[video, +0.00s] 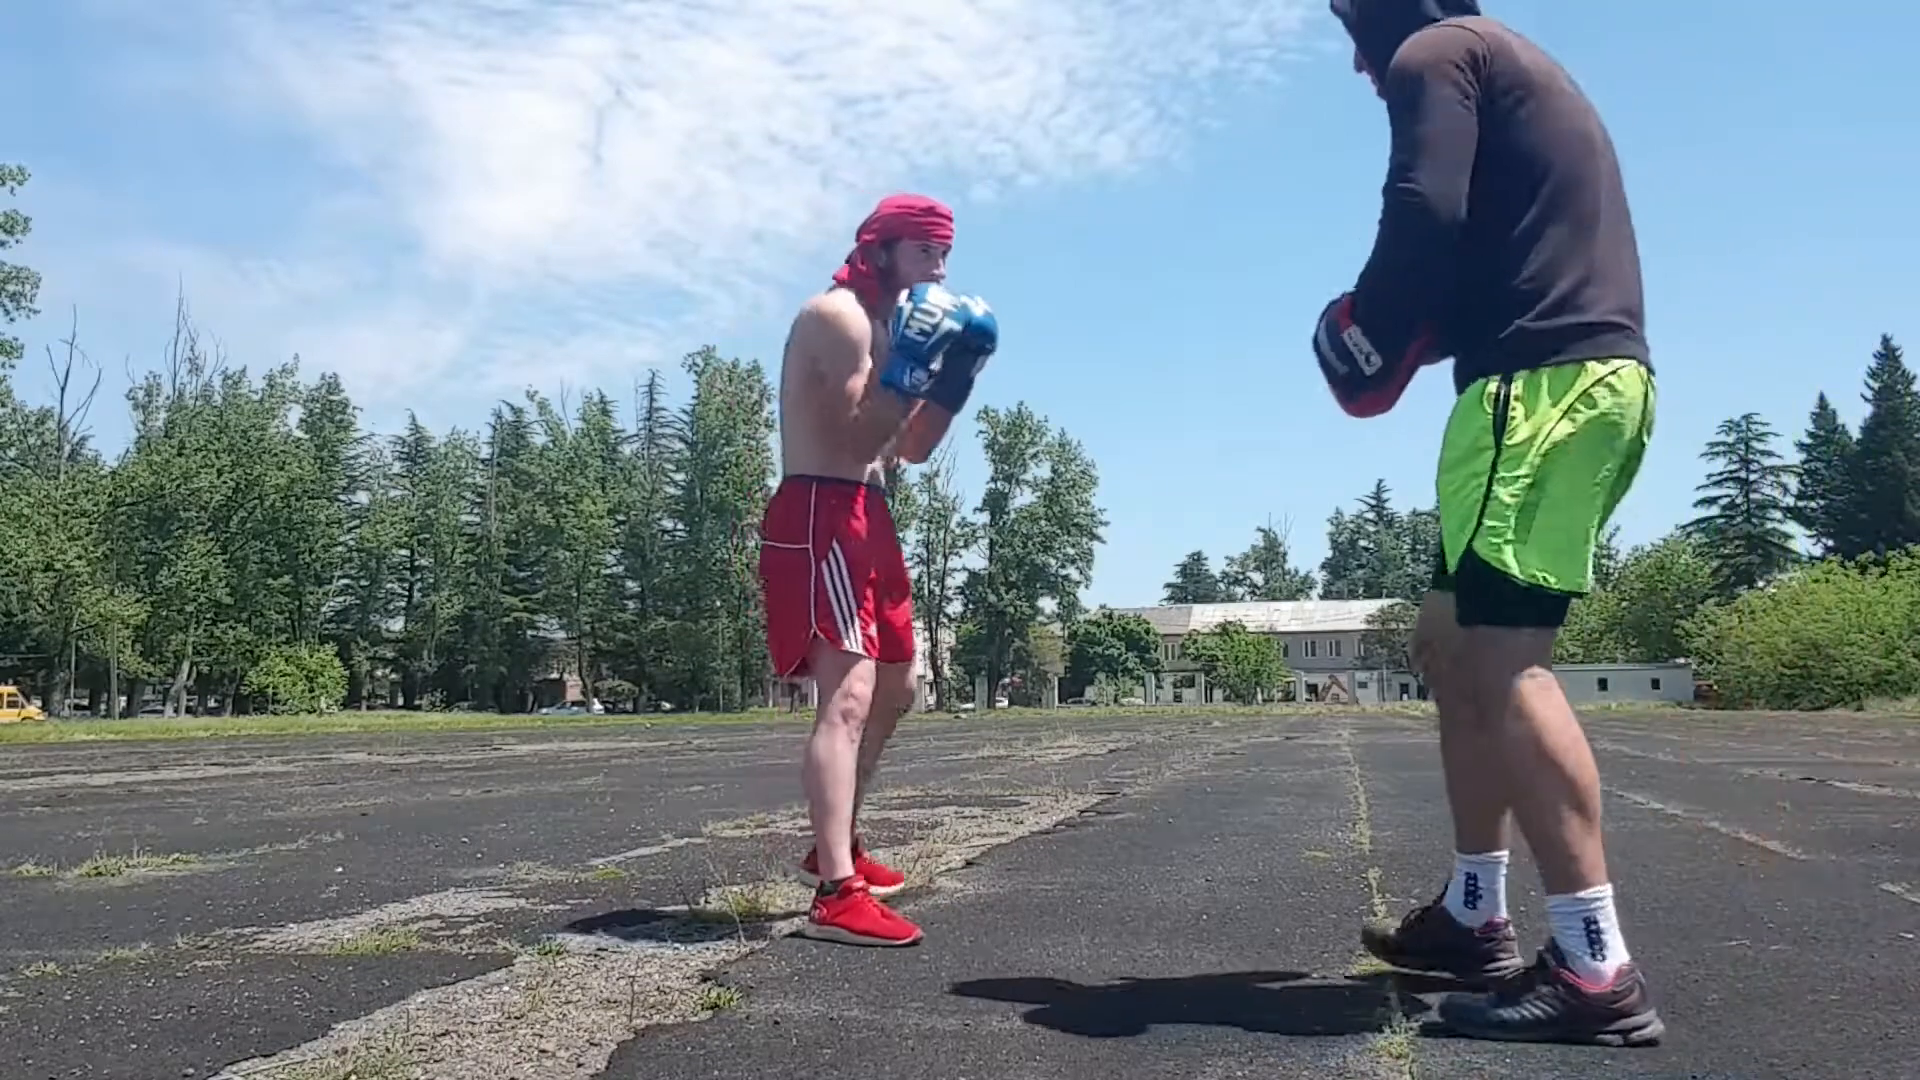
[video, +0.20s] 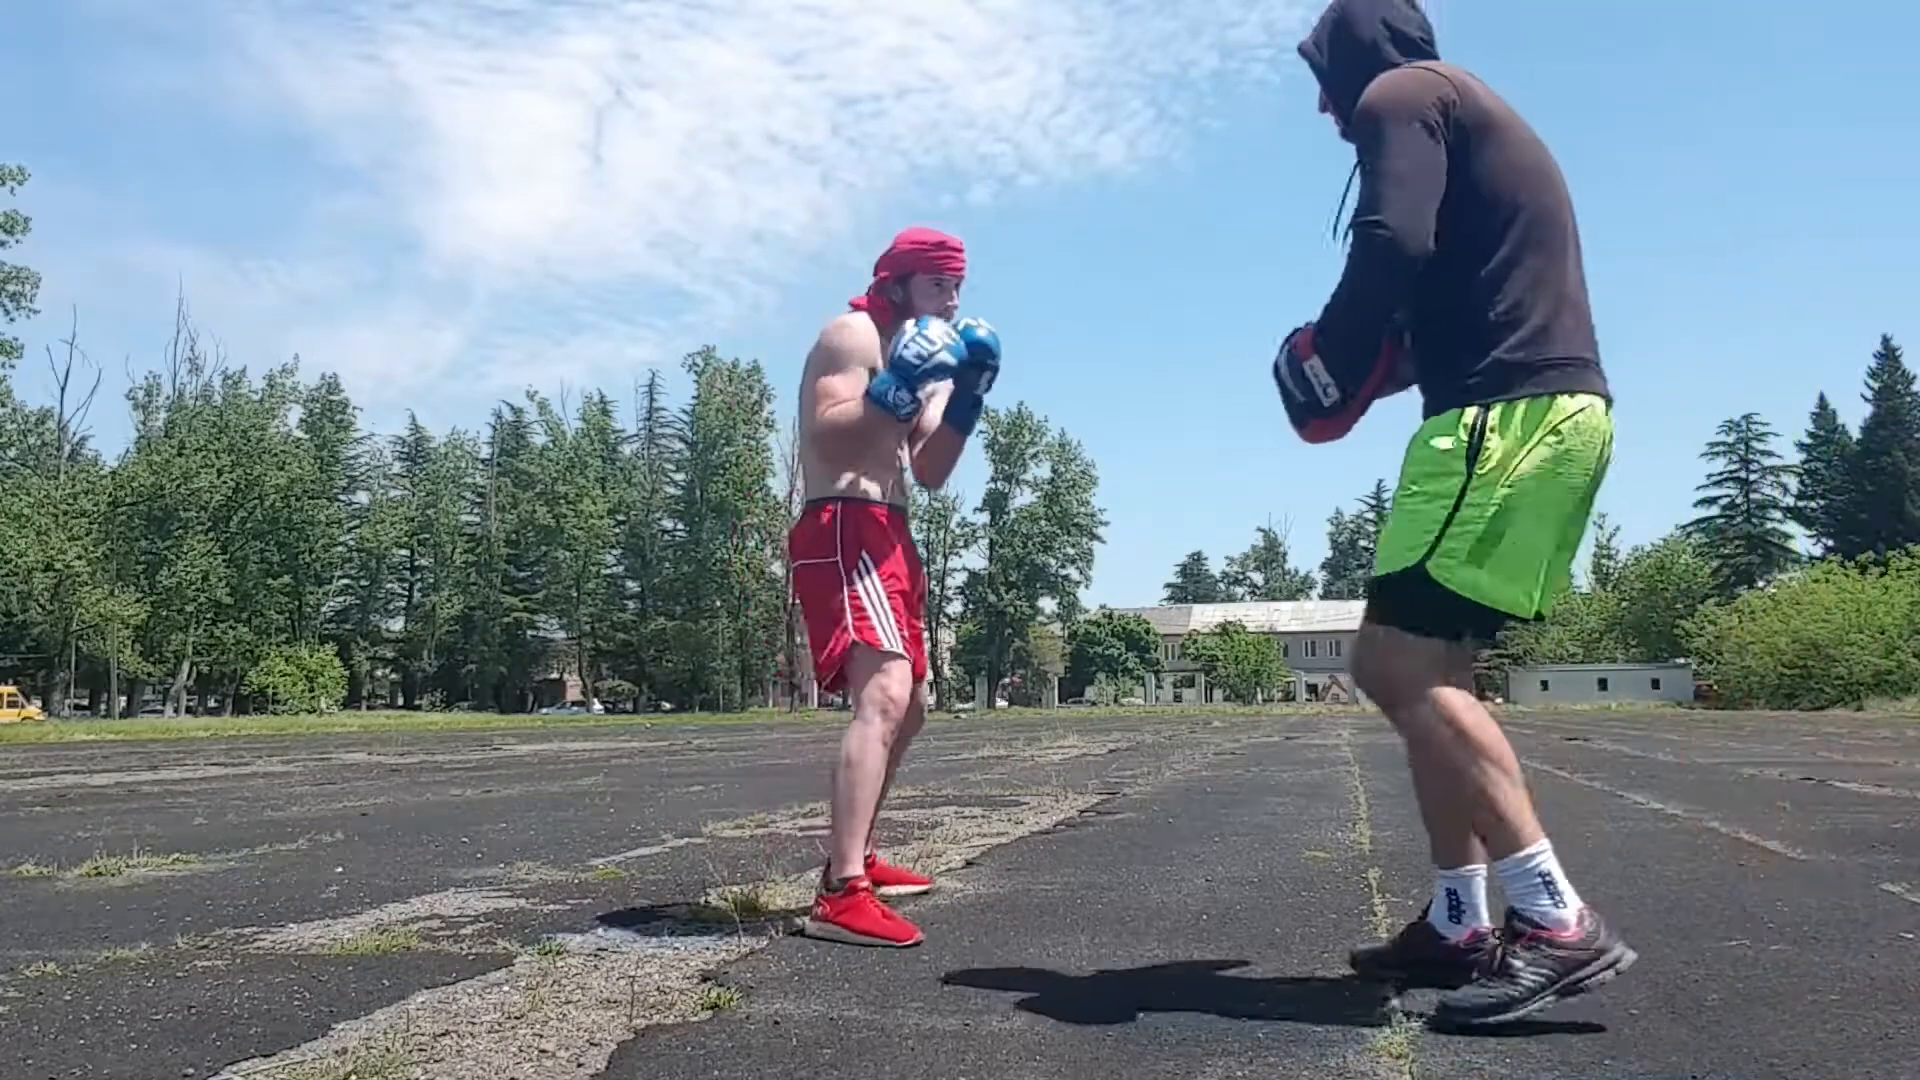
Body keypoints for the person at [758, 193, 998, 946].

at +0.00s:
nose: (939, 266)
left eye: (944, 254)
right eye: (927, 250)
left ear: (929, 262)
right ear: (879, 248)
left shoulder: (896, 328)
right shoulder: (835, 314)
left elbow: (914, 445)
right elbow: (859, 430)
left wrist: (957, 373)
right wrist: (915, 359)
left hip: (870, 516)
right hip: (820, 515)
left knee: (896, 688)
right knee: (847, 696)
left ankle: (836, 842)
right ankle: (836, 888)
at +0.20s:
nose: (951, 298)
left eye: (956, 287)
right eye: (939, 283)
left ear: (949, 295)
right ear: (895, 280)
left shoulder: (922, 358)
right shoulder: (853, 331)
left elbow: (931, 473)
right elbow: (826, 427)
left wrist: (968, 395)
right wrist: (899, 391)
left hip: (891, 529)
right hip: (844, 522)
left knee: (909, 704)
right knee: (883, 693)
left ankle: (858, 855)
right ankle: (841, 888)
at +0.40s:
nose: (958, 297)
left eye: (962, 285)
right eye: (947, 283)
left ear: (954, 290)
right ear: (907, 280)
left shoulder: (934, 347)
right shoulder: (876, 314)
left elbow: (933, 454)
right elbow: (810, 389)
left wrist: (972, 387)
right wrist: (895, 380)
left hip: (900, 525)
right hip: (852, 517)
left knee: (907, 691)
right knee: (887, 680)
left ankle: (855, 857)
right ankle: (860, 870)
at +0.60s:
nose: (959, 292)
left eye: (961, 280)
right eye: (947, 277)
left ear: (941, 287)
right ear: (906, 278)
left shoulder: (916, 352)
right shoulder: (863, 335)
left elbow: (952, 451)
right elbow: (861, 430)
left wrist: (979, 373)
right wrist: (930, 382)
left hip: (903, 534)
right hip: (859, 531)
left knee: (902, 697)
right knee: (896, 693)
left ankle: (853, 858)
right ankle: (858, 872)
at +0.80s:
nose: (960, 294)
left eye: (962, 283)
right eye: (947, 281)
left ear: (945, 292)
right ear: (905, 284)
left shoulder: (933, 368)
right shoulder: (863, 340)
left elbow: (950, 463)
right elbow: (878, 429)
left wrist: (980, 389)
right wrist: (969, 419)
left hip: (895, 536)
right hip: (851, 532)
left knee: (912, 697)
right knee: (937, 667)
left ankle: (850, 859)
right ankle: (878, 841)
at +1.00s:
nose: (990, 276)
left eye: (992, 265)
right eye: (979, 261)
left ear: (964, 270)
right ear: (937, 258)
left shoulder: (926, 351)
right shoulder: (909, 296)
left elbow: (931, 456)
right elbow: (900, 341)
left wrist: (984, 386)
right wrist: (976, 311)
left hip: (867, 519)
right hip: (872, 511)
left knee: (884, 697)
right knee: (934, 667)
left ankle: (859, 852)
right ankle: (865, 845)